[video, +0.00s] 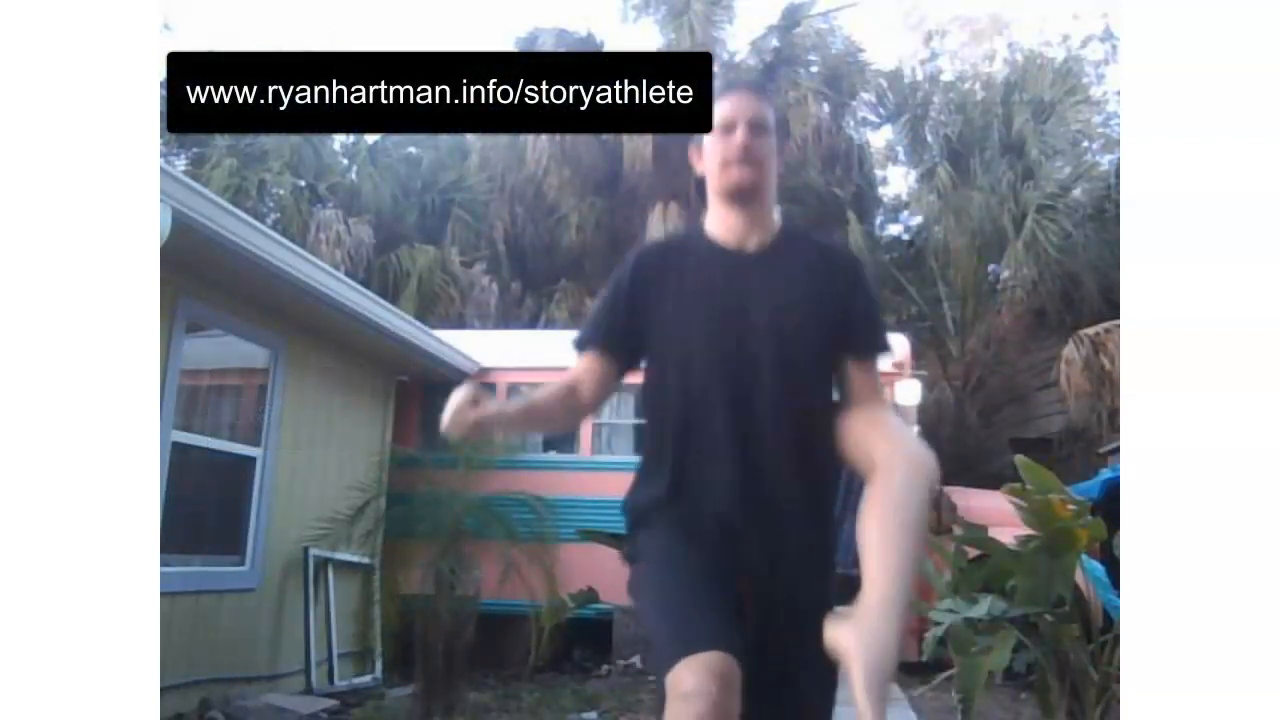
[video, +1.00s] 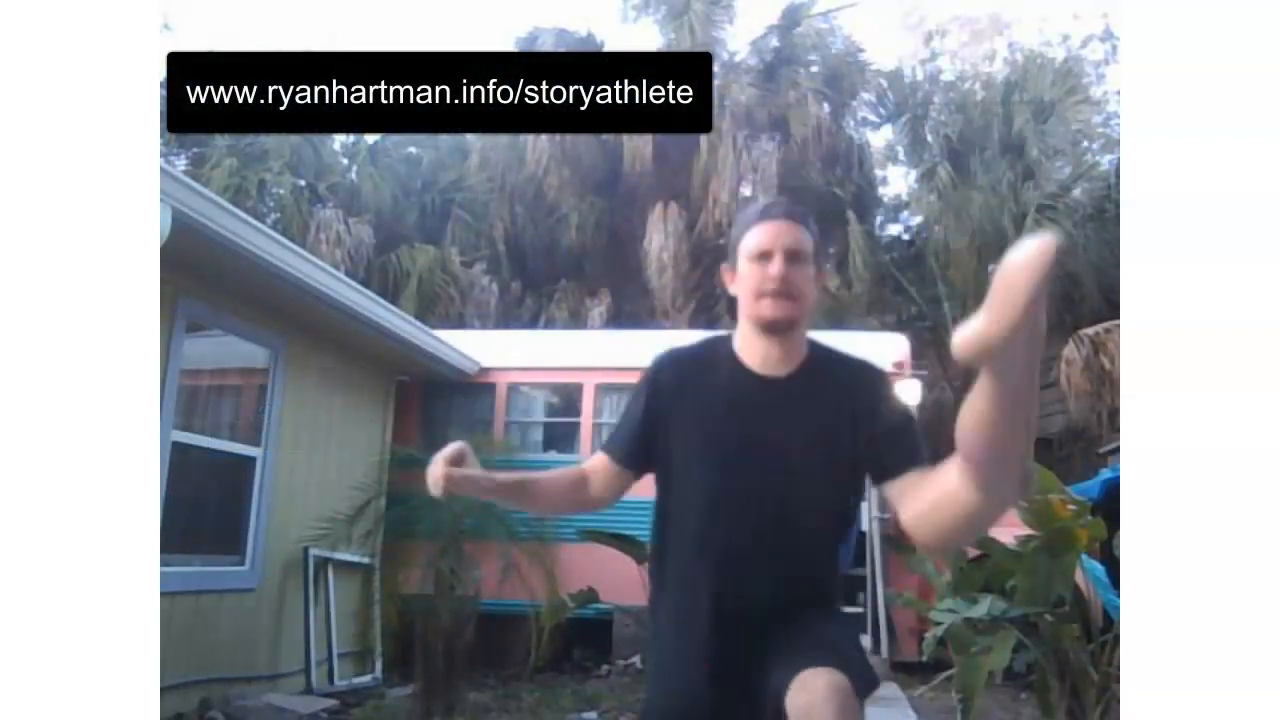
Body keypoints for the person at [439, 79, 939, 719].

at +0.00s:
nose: (743, 142)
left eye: (758, 129)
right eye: (725, 129)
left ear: (781, 150)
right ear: (698, 156)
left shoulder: (830, 268)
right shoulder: (655, 269)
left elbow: (865, 404)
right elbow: (580, 392)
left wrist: (900, 458)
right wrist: (496, 417)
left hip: (792, 537)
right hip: (681, 527)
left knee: (790, 712)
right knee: (705, 690)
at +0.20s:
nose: (748, 190)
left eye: (764, 177)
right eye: (732, 177)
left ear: (788, 198)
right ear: (707, 202)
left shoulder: (841, 310)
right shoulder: (663, 311)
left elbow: (877, 437)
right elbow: (568, 409)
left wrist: (916, 471)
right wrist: (460, 420)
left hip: (799, 566)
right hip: (692, 553)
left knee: (803, 712)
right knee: (729, 684)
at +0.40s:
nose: (750, 197)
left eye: (766, 184)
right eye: (734, 185)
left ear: (791, 207)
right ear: (707, 210)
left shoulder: (851, 322)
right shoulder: (668, 327)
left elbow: (887, 460)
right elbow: (576, 446)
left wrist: (937, 511)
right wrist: (475, 472)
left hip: (806, 585)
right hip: (696, 573)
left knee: (815, 713)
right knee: (745, 686)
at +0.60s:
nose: (784, 220)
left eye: (802, 202)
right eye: (765, 203)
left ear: (829, 220)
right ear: (737, 223)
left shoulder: (877, 336)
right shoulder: (690, 340)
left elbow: (944, 459)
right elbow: (610, 447)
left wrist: (1002, 425)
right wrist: (548, 508)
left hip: (832, 600)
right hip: (715, 609)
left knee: (849, 703)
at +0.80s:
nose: (768, 138)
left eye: (787, 125)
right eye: (752, 124)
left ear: (814, 151)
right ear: (725, 148)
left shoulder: (854, 262)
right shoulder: (674, 261)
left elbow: (897, 386)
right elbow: (601, 370)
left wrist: (949, 365)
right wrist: (492, 392)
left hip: (817, 542)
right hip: (700, 544)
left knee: (837, 699)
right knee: (688, 711)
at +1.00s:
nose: (777, 274)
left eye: (796, 260)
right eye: (759, 258)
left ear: (822, 283)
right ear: (729, 278)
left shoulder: (860, 389)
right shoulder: (676, 376)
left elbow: (926, 524)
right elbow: (593, 482)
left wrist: (981, 476)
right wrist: (486, 482)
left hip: (804, 631)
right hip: (692, 634)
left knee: (824, 698)